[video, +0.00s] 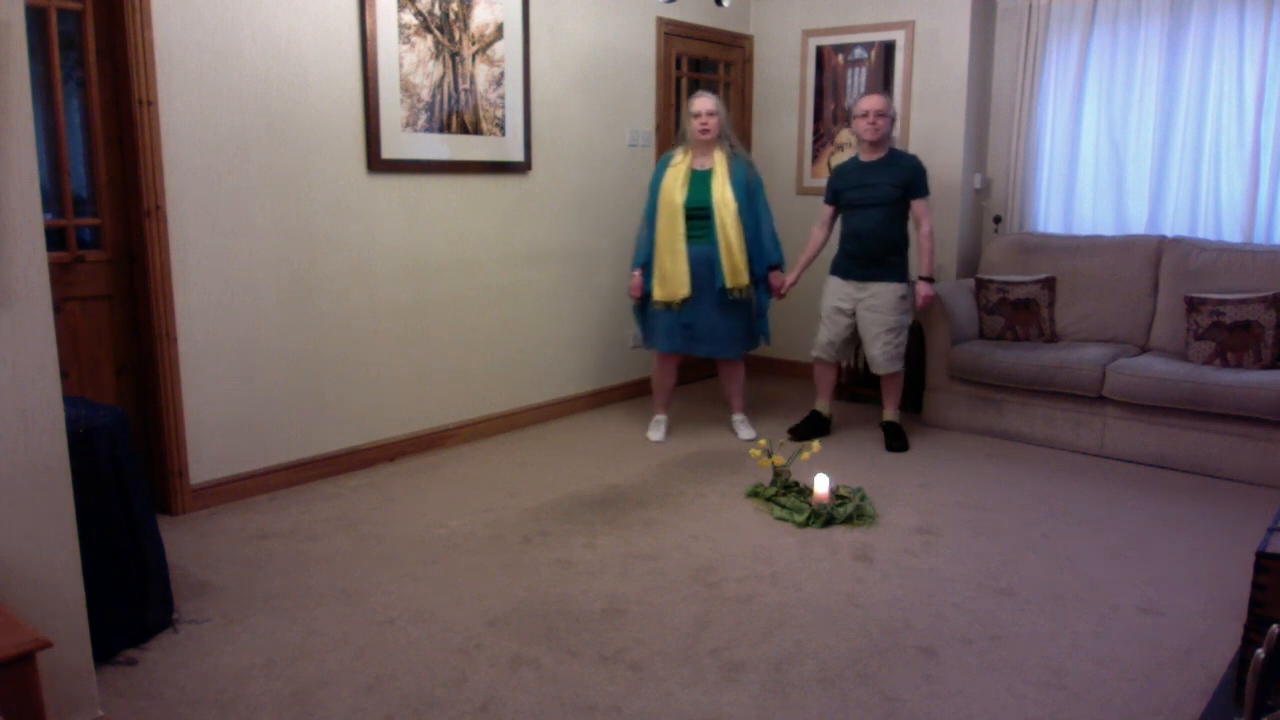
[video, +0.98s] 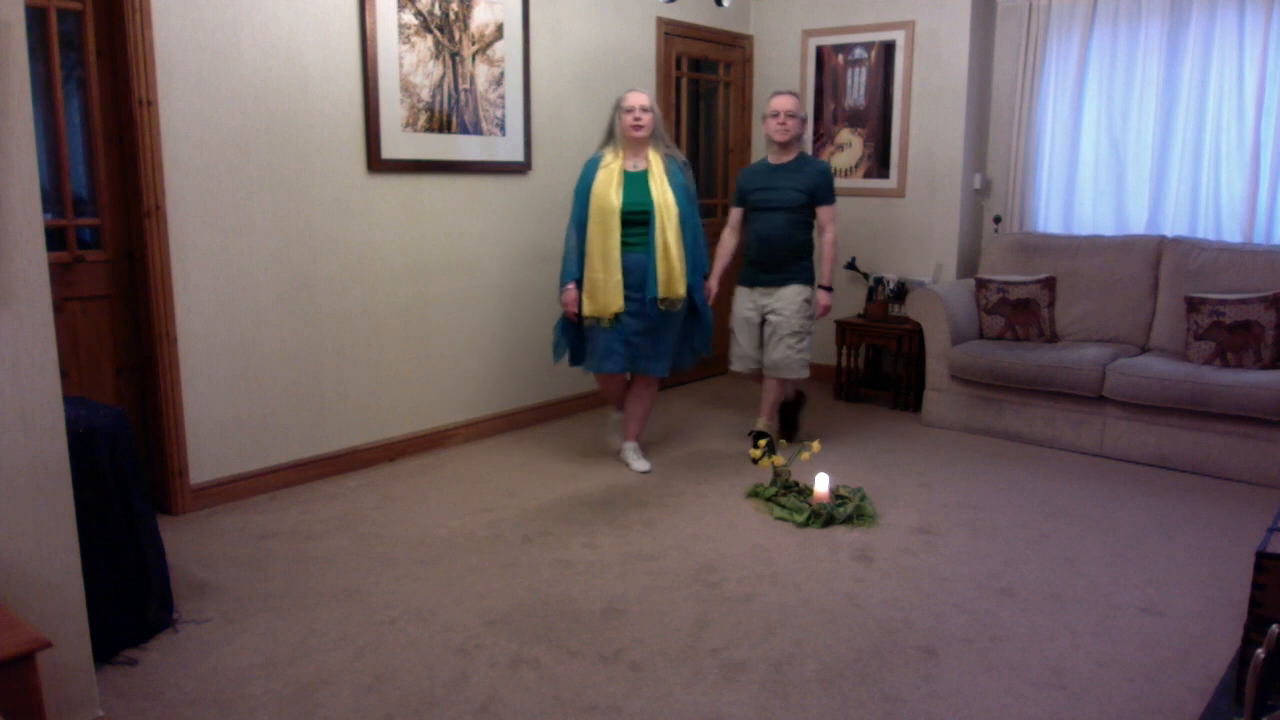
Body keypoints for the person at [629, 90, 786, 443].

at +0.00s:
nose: (704, 121)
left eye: (711, 115)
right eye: (697, 116)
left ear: (722, 120)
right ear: (687, 122)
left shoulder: (739, 166)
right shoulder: (668, 166)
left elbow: (760, 219)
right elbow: (651, 222)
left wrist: (773, 267)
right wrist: (639, 269)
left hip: (727, 272)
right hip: (673, 273)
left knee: (730, 347)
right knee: (667, 348)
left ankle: (738, 413)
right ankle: (660, 414)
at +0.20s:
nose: (682, 124)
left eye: (689, 117)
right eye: (674, 118)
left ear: (700, 123)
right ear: (664, 124)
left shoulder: (718, 170)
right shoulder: (645, 168)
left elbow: (737, 224)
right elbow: (625, 223)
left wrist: (750, 271)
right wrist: (614, 270)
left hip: (702, 279)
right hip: (650, 278)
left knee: (712, 349)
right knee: (650, 350)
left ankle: (726, 409)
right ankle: (656, 416)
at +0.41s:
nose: (668, 121)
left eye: (675, 115)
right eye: (661, 115)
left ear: (686, 120)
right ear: (650, 121)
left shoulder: (704, 169)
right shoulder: (630, 166)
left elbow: (722, 222)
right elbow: (610, 222)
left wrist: (731, 269)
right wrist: (599, 272)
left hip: (687, 274)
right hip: (637, 274)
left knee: (680, 347)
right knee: (646, 348)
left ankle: (666, 420)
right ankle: (655, 417)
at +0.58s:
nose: (659, 122)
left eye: (666, 115)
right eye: (651, 116)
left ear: (677, 121)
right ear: (640, 123)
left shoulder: (695, 168)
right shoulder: (621, 168)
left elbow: (713, 222)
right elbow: (601, 225)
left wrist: (724, 271)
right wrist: (594, 276)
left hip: (679, 276)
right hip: (629, 277)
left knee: (658, 354)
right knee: (640, 352)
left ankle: (636, 432)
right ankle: (655, 415)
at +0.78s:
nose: (650, 120)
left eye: (657, 113)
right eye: (642, 114)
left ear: (670, 121)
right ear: (631, 121)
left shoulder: (686, 170)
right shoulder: (610, 168)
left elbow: (702, 226)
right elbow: (590, 227)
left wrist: (710, 276)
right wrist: (584, 280)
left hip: (669, 278)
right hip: (618, 279)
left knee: (651, 359)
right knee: (632, 356)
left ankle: (631, 440)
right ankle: (652, 414)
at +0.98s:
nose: (637, 116)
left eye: (645, 110)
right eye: (630, 111)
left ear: (656, 119)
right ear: (617, 119)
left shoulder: (674, 167)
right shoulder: (597, 166)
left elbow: (692, 225)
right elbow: (577, 229)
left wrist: (700, 277)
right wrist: (570, 282)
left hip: (661, 283)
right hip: (607, 283)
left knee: (648, 367)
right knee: (606, 367)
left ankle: (632, 442)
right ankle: (621, 409)